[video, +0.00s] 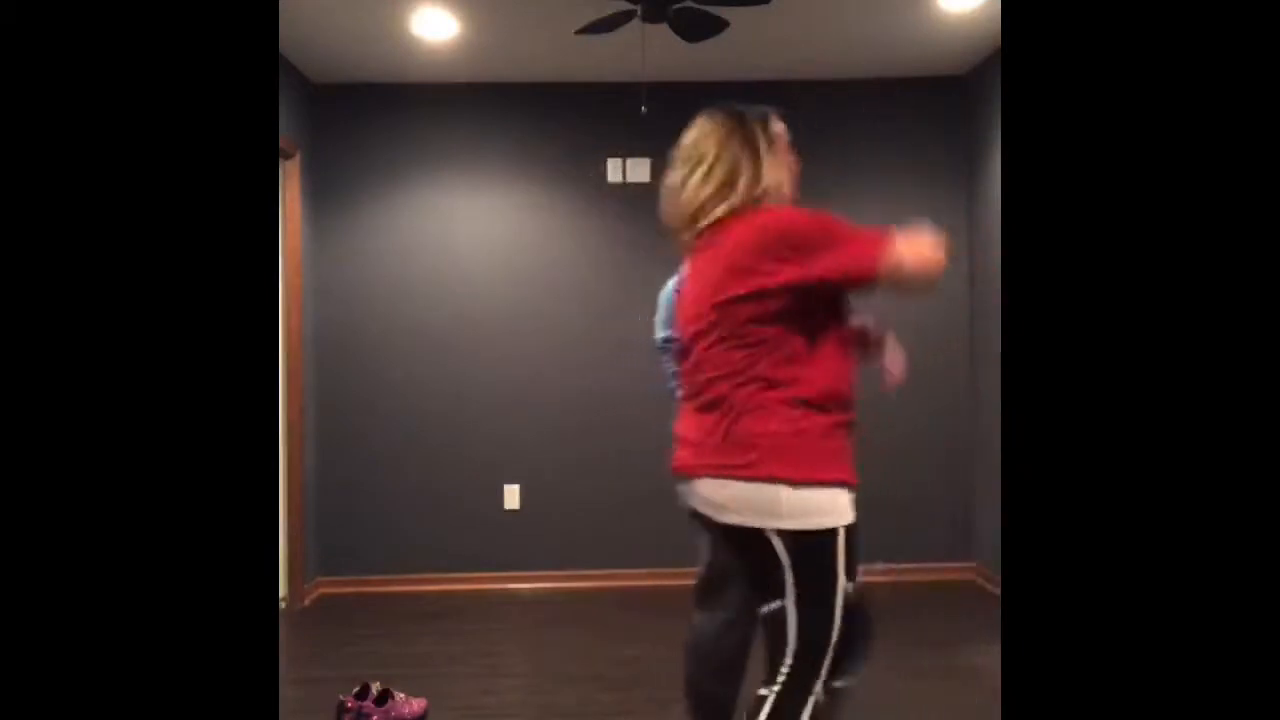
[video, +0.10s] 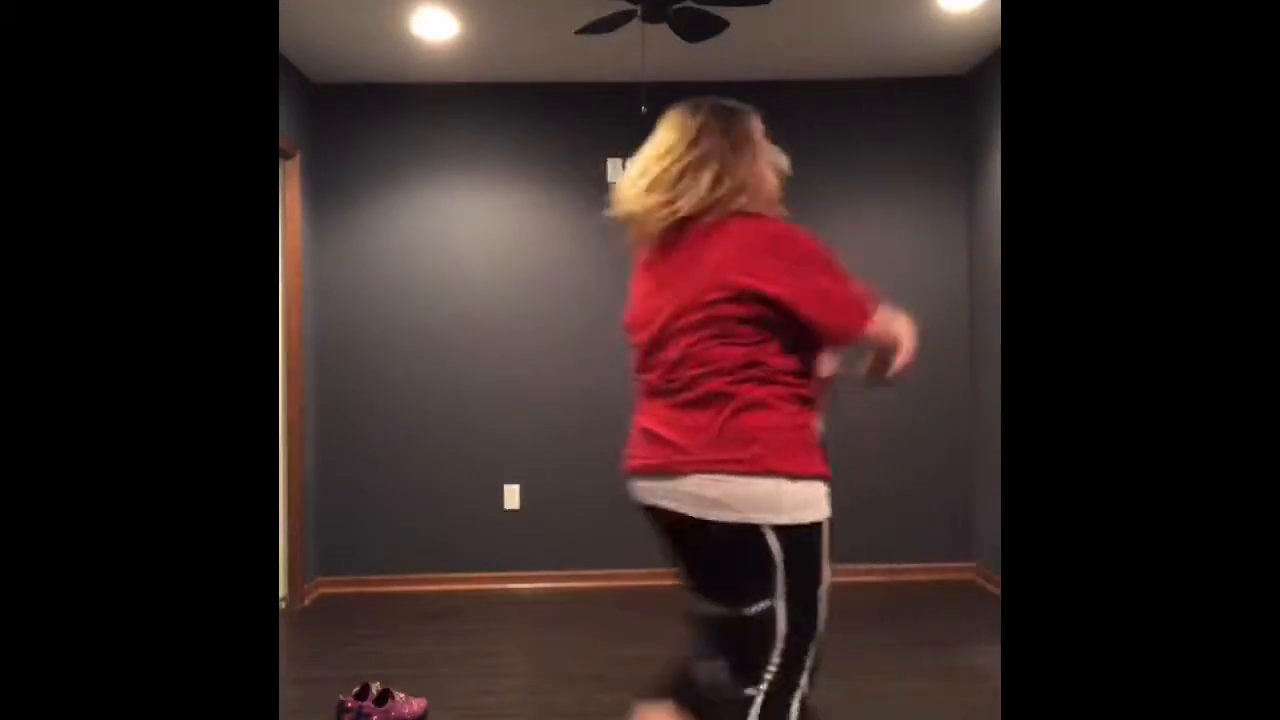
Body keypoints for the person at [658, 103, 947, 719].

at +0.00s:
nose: (794, 162)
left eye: (789, 148)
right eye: (784, 150)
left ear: (713, 166)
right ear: (755, 162)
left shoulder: (712, 244)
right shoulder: (773, 231)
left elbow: (776, 334)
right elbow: (920, 257)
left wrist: (861, 341)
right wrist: (918, 239)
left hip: (726, 480)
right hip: (789, 485)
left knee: (841, 635)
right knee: (811, 658)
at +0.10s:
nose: (781, 161)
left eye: (772, 144)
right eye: (766, 147)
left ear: (685, 165)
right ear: (733, 164)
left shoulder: (659, 249)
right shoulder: (761, 241)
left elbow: (718, 346)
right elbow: (873, 324)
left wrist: (813, 359)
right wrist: (894, 344)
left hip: (669, 481)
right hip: (761, 486)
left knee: (725, 635)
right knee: (783, 661)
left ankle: (672, 703)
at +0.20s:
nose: (749, 161)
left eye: (740, 147)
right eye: (736, 148)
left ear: (645, 161)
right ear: (710, 162)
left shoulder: (615, 254)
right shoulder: (760, 248)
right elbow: (806, 351)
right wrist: (859, 374)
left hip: (619, 488)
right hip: (736, 494)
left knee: (630, 650)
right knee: (756, 670)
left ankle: (605, 696)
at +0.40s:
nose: (690, 168)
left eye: (686, 156)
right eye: (685, 156)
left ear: (597, 162)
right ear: (674, 163)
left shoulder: (565, 239)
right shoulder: (712, 248)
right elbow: (747, 354)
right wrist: (784, 348)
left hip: (557, 487)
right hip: (672, 492)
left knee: (567, 672)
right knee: (721, 660)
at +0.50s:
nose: (680, 172)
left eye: (681, 160)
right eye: (676, 159)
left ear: (593, 166)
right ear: (657, 167)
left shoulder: (565, 245)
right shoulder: (697, 254)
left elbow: (640, 236)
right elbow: (761, 369)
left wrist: (702, 193)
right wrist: (791, 350)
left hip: (555, 486)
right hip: (667, 497)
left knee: (562, 670)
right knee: (696, 654)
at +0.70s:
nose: (702, 188)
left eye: (700, 173)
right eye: (693, 173)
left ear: (621, 181)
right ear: (667, 182)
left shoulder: (597, 258)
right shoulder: (692, 263)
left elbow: (688, 245)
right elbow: (733, 380)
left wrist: (750, 169)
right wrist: (815, 371)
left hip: (590, 484)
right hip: (686, 497)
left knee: (613, 650)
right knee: (674, 666)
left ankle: (579, 710)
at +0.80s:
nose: (719, 178)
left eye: (715, 166)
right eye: (709, 167)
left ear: (646, 181)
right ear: (679, 180)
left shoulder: (629, 262)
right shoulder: (695, 264)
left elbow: (717, 263)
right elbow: (704, 370)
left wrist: (774, 201)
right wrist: (816, 374)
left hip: (625, 480)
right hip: (694, 490)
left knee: (667, 627)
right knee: (685, 650)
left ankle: (619, 707)